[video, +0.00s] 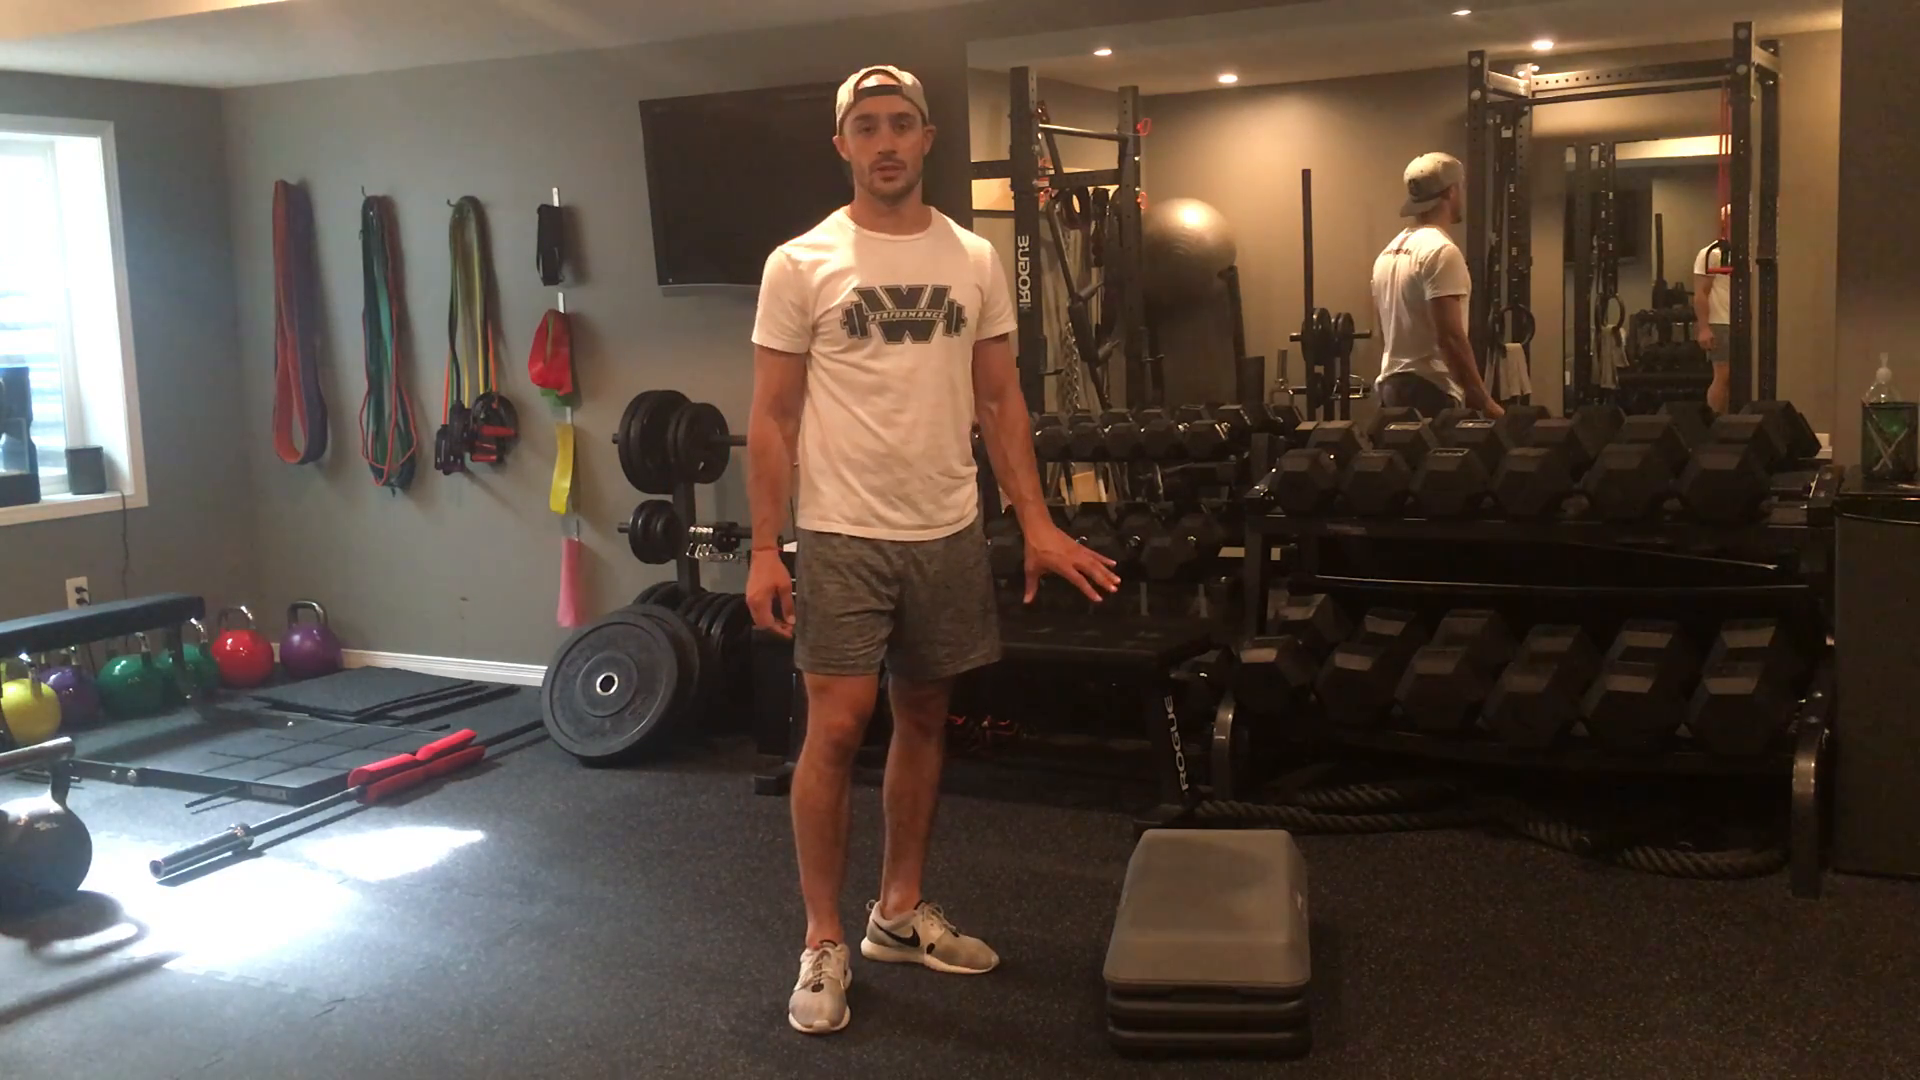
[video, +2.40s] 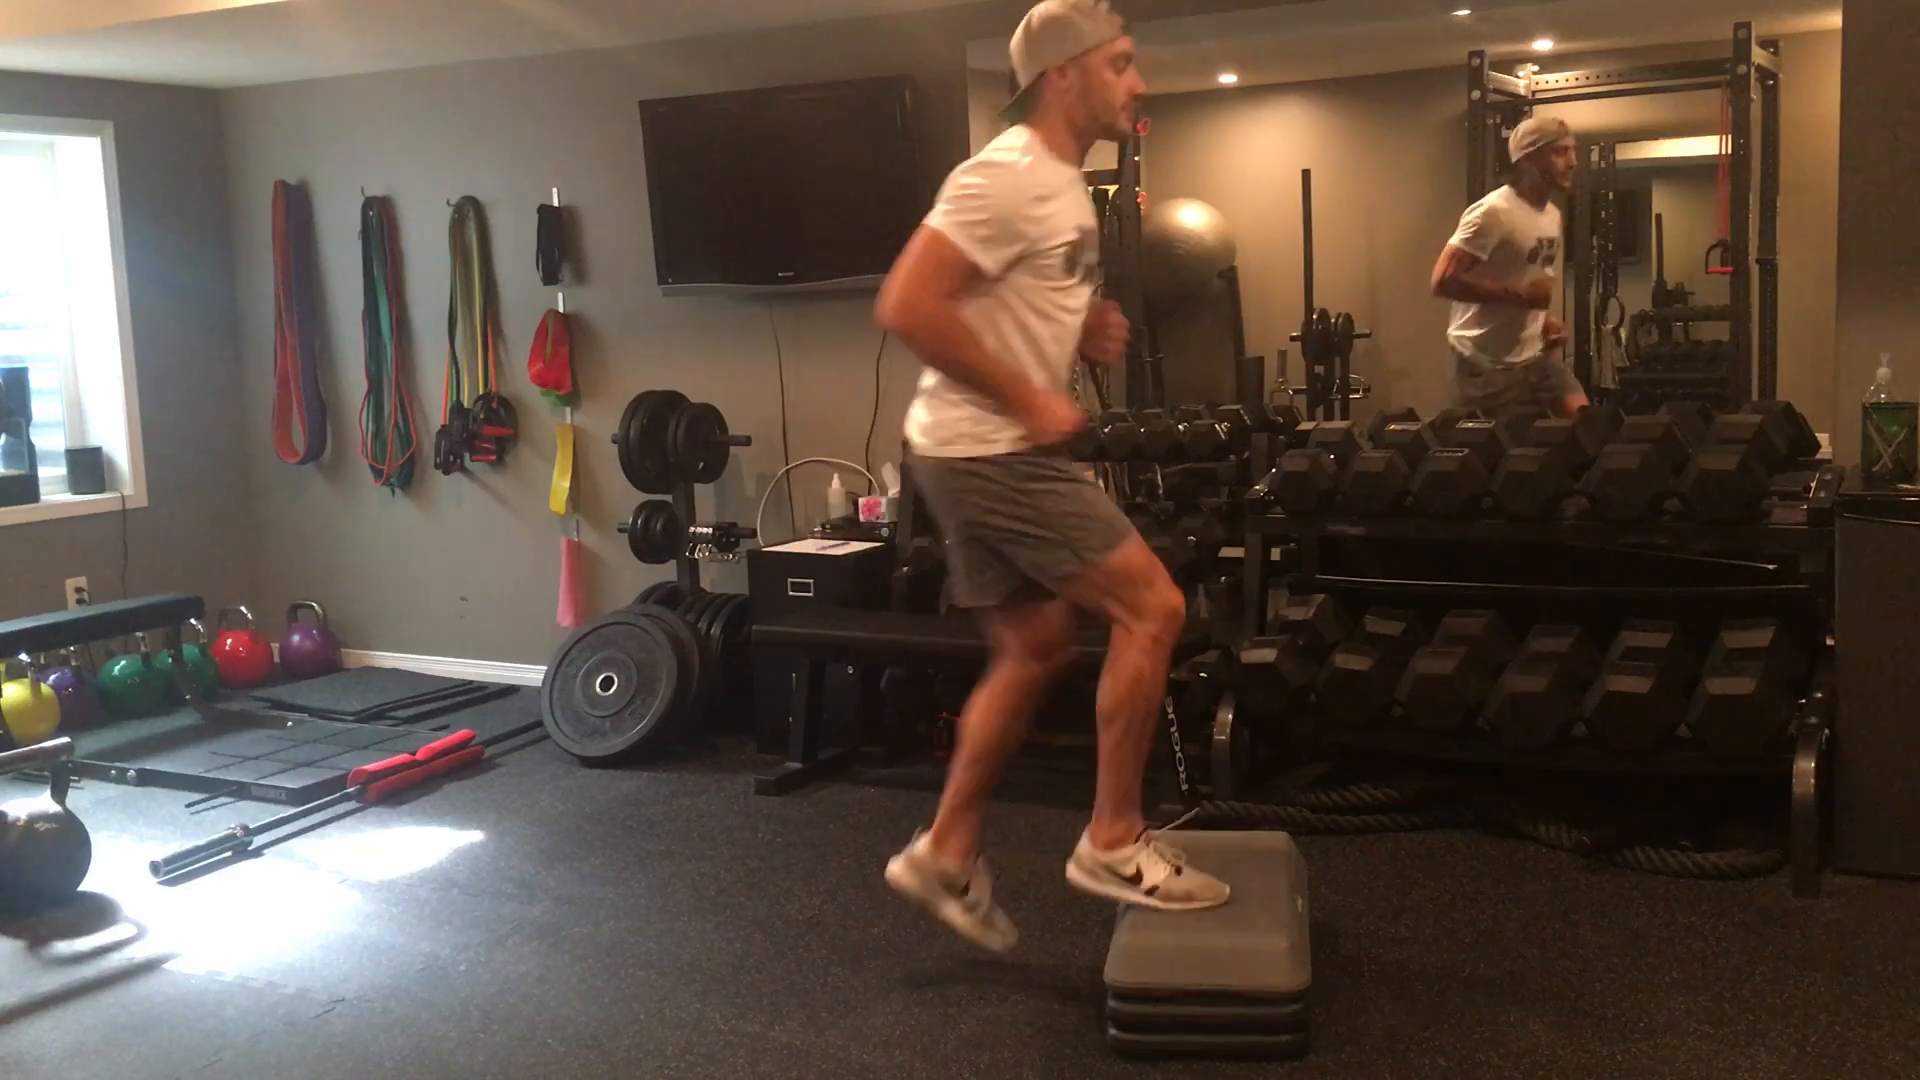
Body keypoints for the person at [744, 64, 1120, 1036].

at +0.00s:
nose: (887, 144)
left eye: (902, 127)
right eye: (868, 129)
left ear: (929, 139)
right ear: (842, 145)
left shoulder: (974, 260)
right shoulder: (801, 265)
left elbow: (1000, 400)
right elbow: (774, 416)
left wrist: (1037, 523)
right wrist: (764, 549)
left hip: (948, 534)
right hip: (840, 536)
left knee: (923, 722)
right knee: (837, 729)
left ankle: (900, 909)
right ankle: (821, 941)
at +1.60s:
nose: (911, 178)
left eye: (914, 159)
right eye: (898, 158)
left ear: (857, 156)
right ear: (840, 151)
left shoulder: (856, 254)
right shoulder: (763, 264)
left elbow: (866, 405)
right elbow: (718, 428)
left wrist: (916, 501)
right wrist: (763, 572)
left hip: (869, 540)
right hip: (789, 550)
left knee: (897, 709)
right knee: (777, 748)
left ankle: (899, 910)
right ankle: (778, 944)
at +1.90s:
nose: (983, 176)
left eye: (985, 158)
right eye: (973, 156)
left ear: (920, 156)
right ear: (919, 153)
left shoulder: (900, 257)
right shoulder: (845, 253)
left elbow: (865, 411)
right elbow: (796, 415)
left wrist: (902, 503)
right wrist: (886, 531)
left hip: (880, 537)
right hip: (813, 541)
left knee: (923, 705)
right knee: (796, 738)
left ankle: (897, 917)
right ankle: (777, 943)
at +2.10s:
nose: (1056, 192)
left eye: (1054, 174)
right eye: (1044, 173)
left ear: (995, 179)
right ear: (990, 176)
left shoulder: (970, 270)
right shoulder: (924, 261)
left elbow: (913, 413)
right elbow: (851, 405)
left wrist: (958, 498)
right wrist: (947, 512)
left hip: (918, 541)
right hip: (876, 542)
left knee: (959, 736)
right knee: (963, 737)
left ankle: (902, 926)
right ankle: (815, 905)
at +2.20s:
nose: (1086, 197)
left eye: (1085, 180)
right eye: (1073, 179)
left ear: (1021, 188)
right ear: (1018, 184)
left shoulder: (998, 284)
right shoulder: (951, 271)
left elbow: (944, 423)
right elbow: (848, 389)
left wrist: (1020, 481)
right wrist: (942, 501)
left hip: (927, 539)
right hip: (903, 541)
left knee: (973, 724)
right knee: (1079, 676)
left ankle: (906, 925)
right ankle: (914, 839)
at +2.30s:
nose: (1111, 131)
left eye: (1109, 113)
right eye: (1097, 112)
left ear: (1047, 127)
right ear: (1043, 125)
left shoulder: (1035, 228)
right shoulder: (973, 215)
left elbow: (967, 331)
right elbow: (859, 325)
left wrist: (1055, 361)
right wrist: (963, 425)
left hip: (951, 490)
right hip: (943, 494)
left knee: (962, 689)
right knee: (1133, 604)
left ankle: (915, 904)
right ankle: (1050, 817)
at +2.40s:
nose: (1137, 83)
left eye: (1134, 64)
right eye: (1120, 65)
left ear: (1072, 83)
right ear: (1062, 81)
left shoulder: (1057, 183)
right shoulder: (1003, 175)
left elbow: (1001, 296)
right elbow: (908, 303)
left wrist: (1081, 324)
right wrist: (1024, 396)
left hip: (976, 449)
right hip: (989, 450)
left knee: (1034, 642)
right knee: (1152, 606)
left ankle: (945, 853)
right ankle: (1114, 839)